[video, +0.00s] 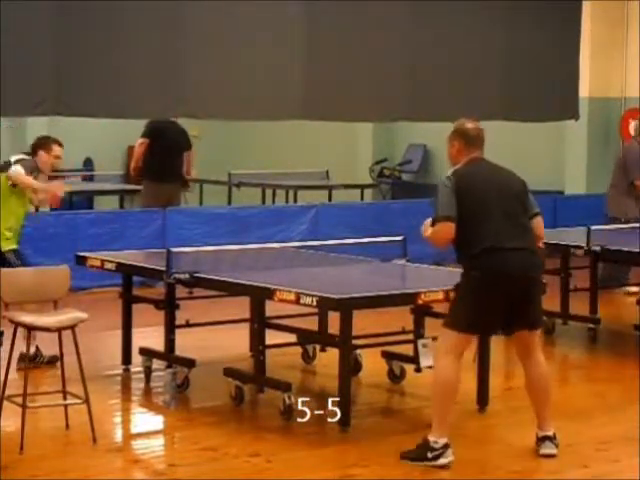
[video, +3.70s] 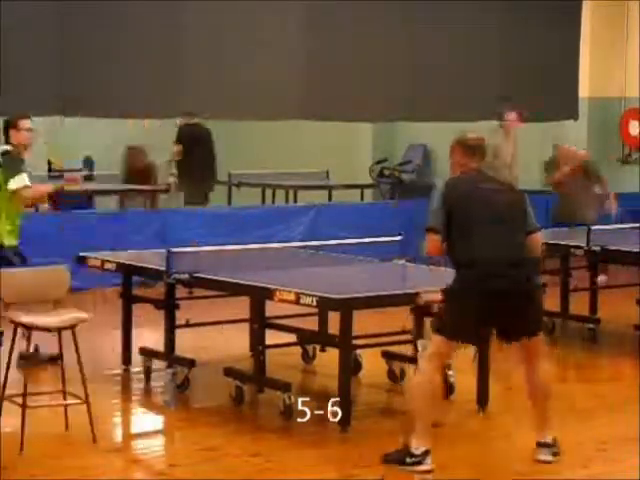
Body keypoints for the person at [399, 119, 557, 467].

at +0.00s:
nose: (448, 154)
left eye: (448, 148)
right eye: (448, 148)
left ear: (456, 146)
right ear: (482, 146)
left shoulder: (453, 180)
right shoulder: (513, 178)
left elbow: (445, 234)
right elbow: (537, 234)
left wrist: (429, 231)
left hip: (485, 273)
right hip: (527, 271)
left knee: (448, 352)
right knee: (531, 352)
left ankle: (437, 442)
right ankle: (546, 435)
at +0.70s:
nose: (479, 176)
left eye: (479, 171)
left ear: (483, 170)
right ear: (512, 172)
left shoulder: (471, 192)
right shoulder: (526, 201)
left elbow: (429, 228)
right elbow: (545, 250)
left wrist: (431, 238)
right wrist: (546, 246)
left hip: (485, 286)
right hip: (529, 285)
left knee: (442, 359)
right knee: (533, 348)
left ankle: (453, 448)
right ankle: (545, 416)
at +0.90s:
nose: (498, 182)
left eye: (498, 177)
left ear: (501, 177)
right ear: (529, 178)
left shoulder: (497, 195)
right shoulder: (538, 203)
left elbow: (474, 223)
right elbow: (537, 244)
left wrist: (449, 244)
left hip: (508, 282)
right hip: (547, 282)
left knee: (477, 357)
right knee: (548, 342)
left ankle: (457, 443)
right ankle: (546, 416)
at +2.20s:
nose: (479, 179)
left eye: (479, 173)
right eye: (481, 173)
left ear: (486, 173)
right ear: (510, 173)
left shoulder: (494, 209)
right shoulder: (526, 209)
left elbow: (482, 262)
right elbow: (517, 261)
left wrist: (438, 253)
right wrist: (455, 255)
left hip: (508, 311)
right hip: (548, 305)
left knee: (450, 375)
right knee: (549, 358)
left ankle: (460, 463)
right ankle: (572, 434)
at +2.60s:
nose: (478, 159)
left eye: (479, 154)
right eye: (480, 153)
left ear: (484, 159)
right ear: (513, 159)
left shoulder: (487, 201)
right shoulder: (533, 198)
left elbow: (460, 255)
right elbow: (524, 251)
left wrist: (429, 248)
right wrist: (469, 242)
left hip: (491, 309)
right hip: (532, 307)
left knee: (444, 366)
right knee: (537, 363)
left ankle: (463, 461)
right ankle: (570, 435)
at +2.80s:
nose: (472, 151)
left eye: (473, 146)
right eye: (477, 146)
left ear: (476, 148)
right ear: (508, 150)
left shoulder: (464, 187)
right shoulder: (529, 191)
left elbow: (438, 244)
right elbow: (548, 251)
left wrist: (435, 237)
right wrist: (518, 256)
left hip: (472, 295)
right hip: (520, 296)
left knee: (424, 365)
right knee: (543, 366)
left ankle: (439, 452)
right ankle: (562, 446)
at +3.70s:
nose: (451, 165)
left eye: (453, 159)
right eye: (453, 159)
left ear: (459, 158)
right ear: (483, 157)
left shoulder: (449, 188)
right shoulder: (512, 190)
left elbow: (433, 246)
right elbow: (535, 245)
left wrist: (460, 242)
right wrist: (507, 250)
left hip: (472, 285)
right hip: (518, 284)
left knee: (432, 362)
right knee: (534, 360)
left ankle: (418, 448)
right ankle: (545, 441)